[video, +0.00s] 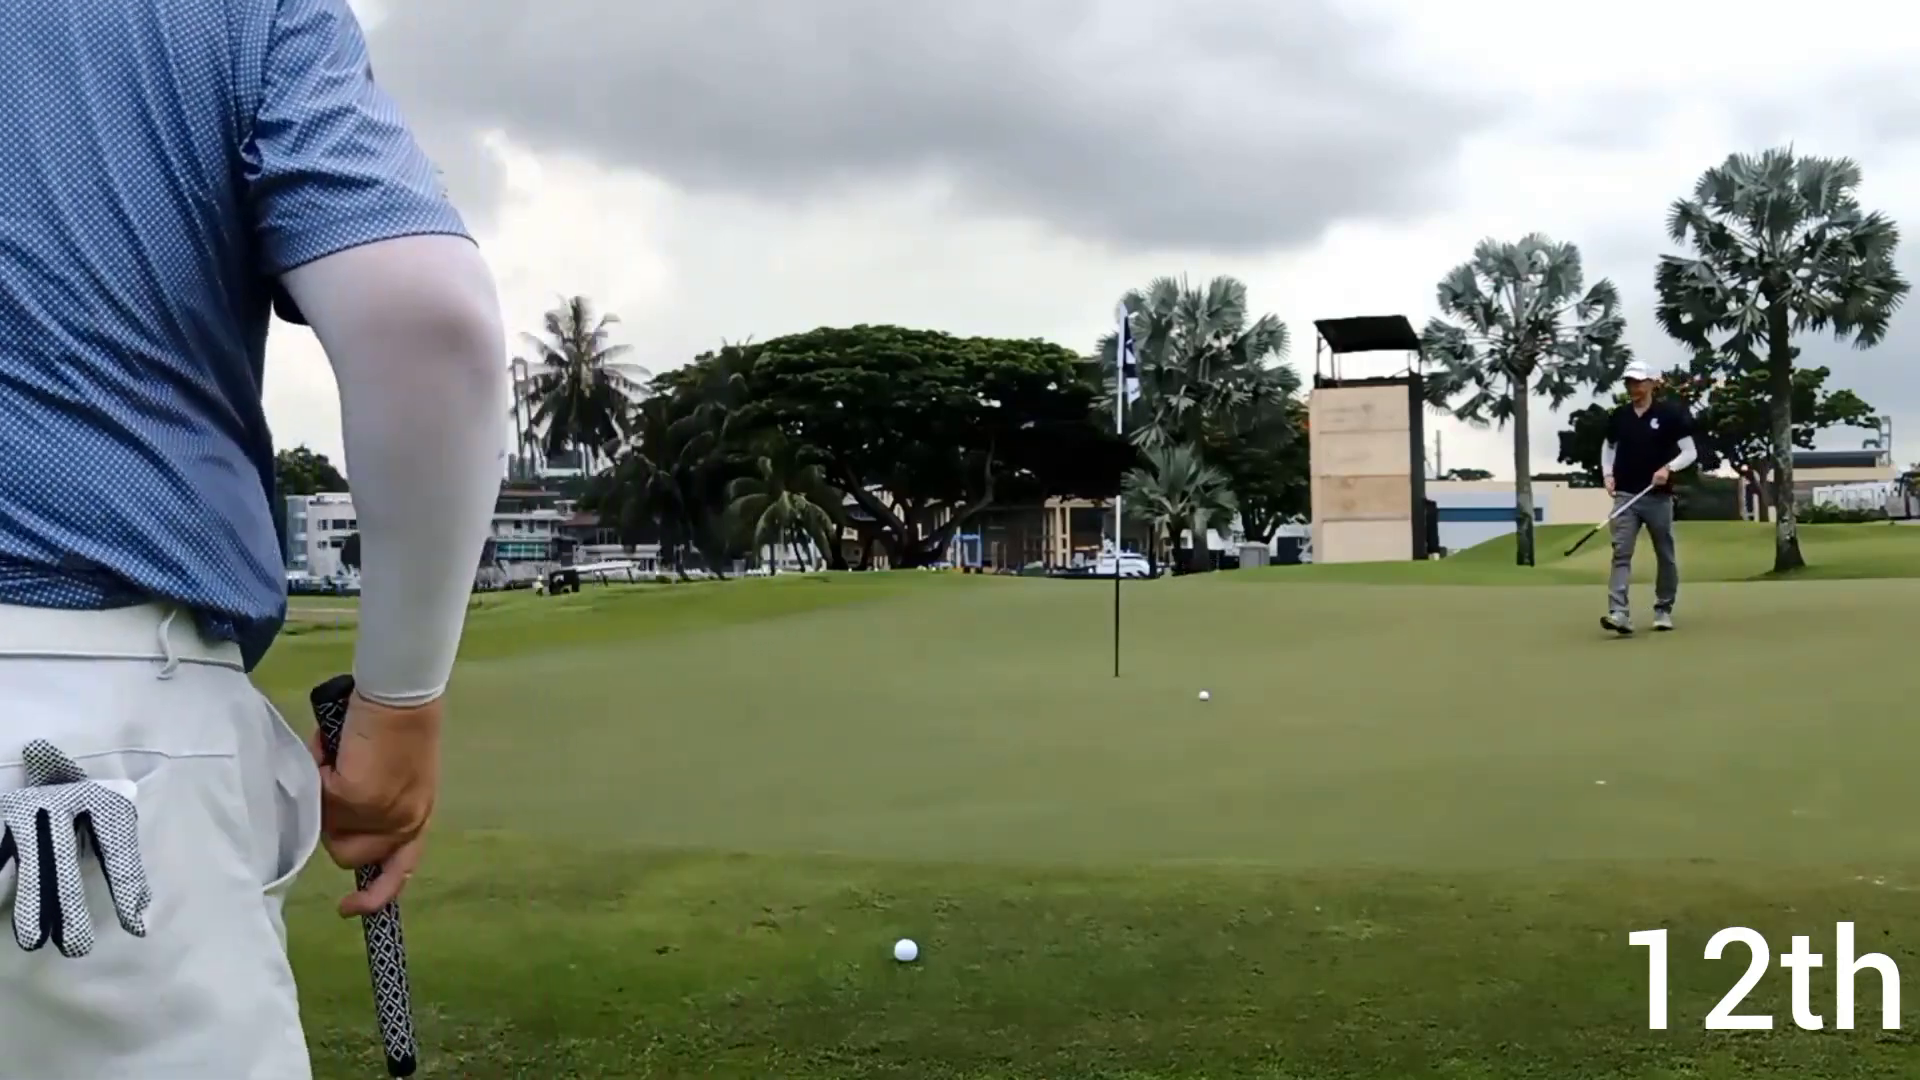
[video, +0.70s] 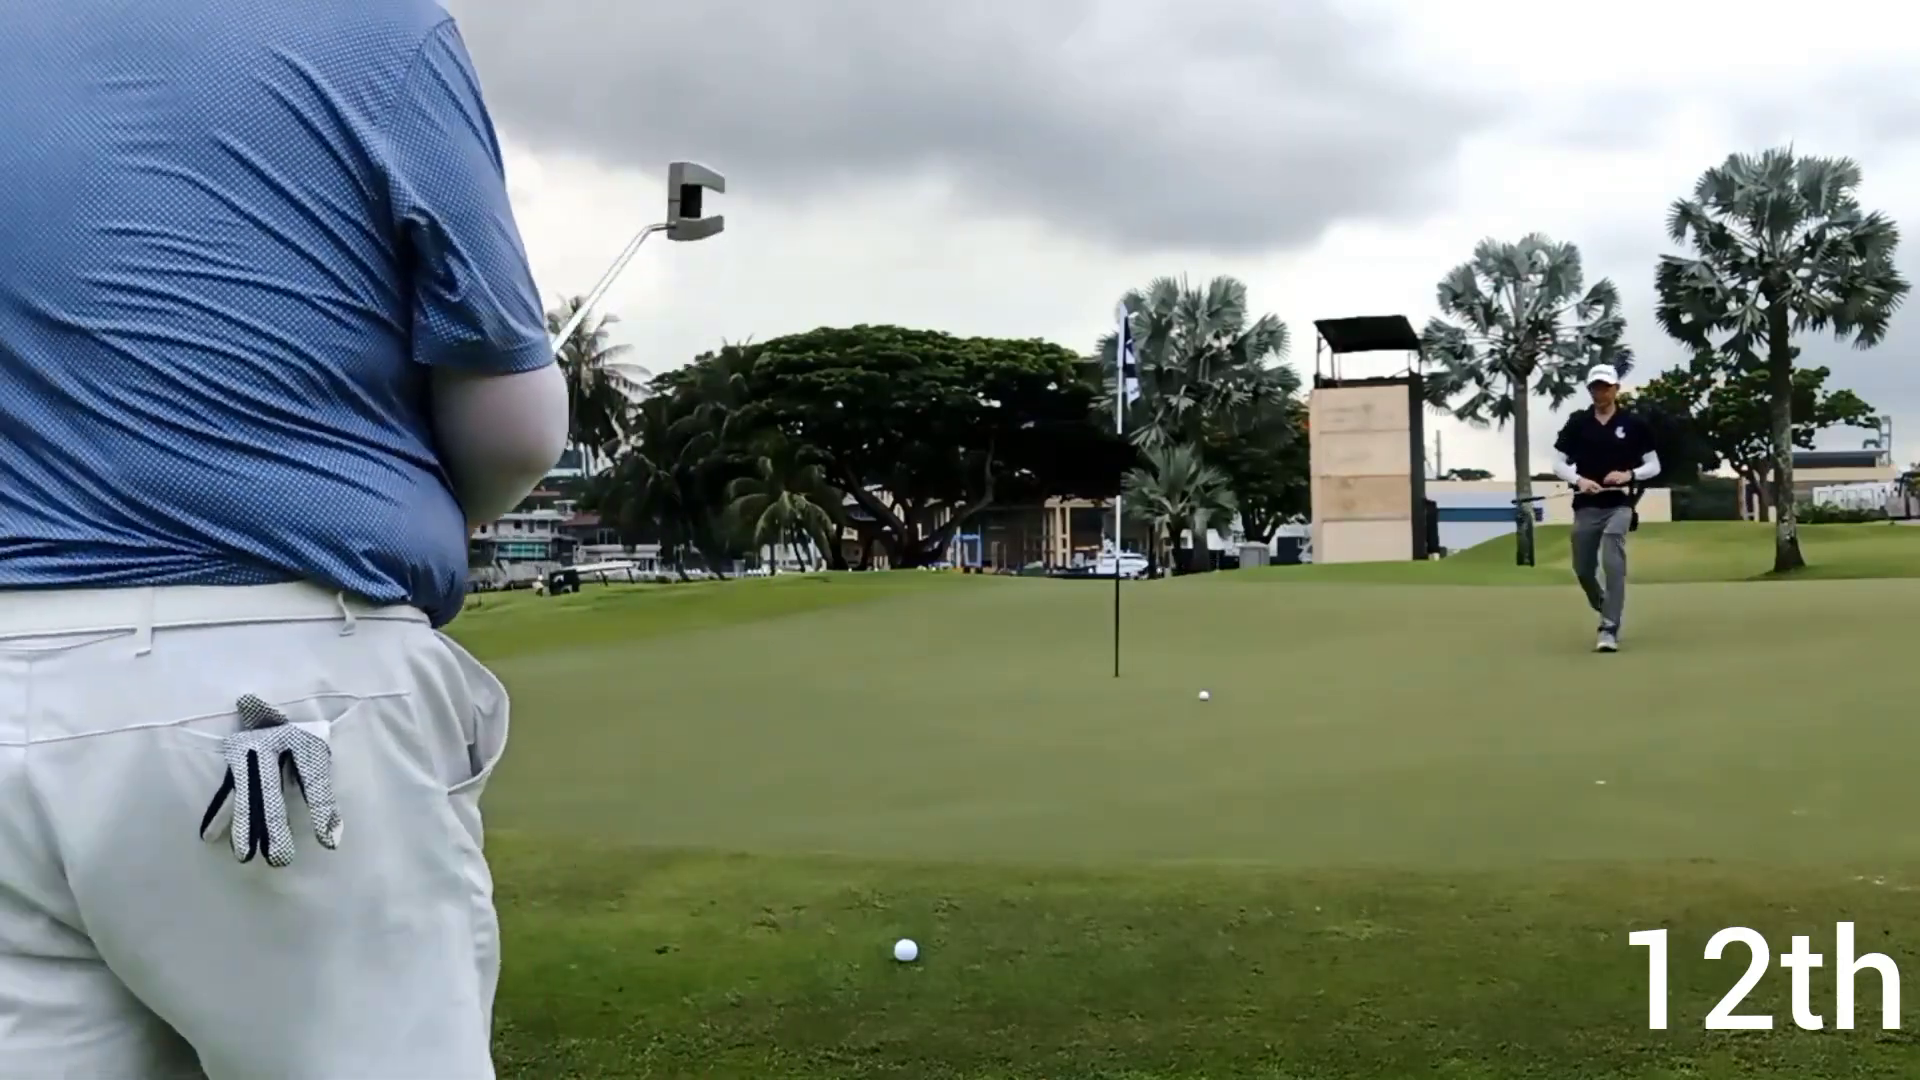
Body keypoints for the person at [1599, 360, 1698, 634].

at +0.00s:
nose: (1633, 388)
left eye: (1638, 382)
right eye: (1629, 383)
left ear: (1651, 384)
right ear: (1626, 385)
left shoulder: (1670, 415)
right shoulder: (1619, 417)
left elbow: (1690, 451)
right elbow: (1608, 449)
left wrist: (1668, 468)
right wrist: (1608, 474)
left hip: (1657, 496)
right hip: (1625, 495)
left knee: (1665, 555)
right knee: (1620, 553)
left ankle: (1663, 609)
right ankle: (1619, 612)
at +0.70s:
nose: (1600, 392)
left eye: (1606, 386)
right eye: (1595, 387)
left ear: (1616, 389)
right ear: (1589, 390)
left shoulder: (1632, 424)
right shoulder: (1578, 423)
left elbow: (1654, 466)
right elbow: (1558, 464)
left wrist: (1629, 475)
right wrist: (1578, 480)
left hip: (1618, 504)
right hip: (1587, 506)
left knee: (1612, 550)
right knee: (1583, 569)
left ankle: (1610, 627)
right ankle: (1603, 607)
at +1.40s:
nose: (1557, 378)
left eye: (1561, 372)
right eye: (1551, 374)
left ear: (1571, 374)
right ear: (1543, 378)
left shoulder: (1592, 408)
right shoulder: (1531, 413)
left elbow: (1607, 454)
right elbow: (1517, 451)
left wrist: (1573, 469)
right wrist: (1523, 472)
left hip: (1582, 502)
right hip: (1543, 504)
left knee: (1583, 562)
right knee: (1550, 573)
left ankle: (1593, 624)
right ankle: (1563, 639)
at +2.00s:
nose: (1508, 376)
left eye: (1514, 369)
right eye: (1505, 370)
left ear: (1532, 367)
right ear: (1504, 371)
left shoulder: (1556, 402)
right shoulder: (1501, 407)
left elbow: (1580, 450)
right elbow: (1492, 455)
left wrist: (1551, 466)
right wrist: (1482, 500)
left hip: (1544, 507)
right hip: (1504, 505)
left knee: (1551, 577)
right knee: (1495, 565)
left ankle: (1552, 647)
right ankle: (1516, 640)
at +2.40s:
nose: (1482, 369)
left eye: (1486, 362)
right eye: (1474, 364)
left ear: (1494, 363)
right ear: (1462, 370)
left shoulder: (1515, 402)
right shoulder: (1451, 410)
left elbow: (1527, 454)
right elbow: (1444, 464)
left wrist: (1526, 500)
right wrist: (1440, 510)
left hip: (1505, 507)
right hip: (1463, 509)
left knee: (1509, 574)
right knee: (1464, 584)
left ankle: (1529, 632)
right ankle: (1474, 658)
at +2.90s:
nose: (1435, 374)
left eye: (1441, 366)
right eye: (1430, 368)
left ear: (1458, 364)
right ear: (1425, 370)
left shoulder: (1487, 406)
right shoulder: (1420, 414)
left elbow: (1513, 458)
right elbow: (1409, 466)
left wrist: (1539, 504)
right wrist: (1390, 513)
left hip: (1477, 511)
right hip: (1436, 517)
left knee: (1476, 578)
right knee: (1434, 593)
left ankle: (1486, 665)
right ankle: (1463, 640)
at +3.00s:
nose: (1423, 371)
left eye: (1428, 363)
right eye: (1417, 365)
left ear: (1447, 358)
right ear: (1413, 366)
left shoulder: (1476, 399)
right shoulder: (1412, 406)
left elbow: (1499, 455)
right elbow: (1405, 462)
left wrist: (1513, 505)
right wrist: (1396, 512)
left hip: (1467, 510)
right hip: (1424, 514)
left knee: (1475, 586)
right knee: (1418, 585)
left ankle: (1485, 667)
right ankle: (1454, 640)